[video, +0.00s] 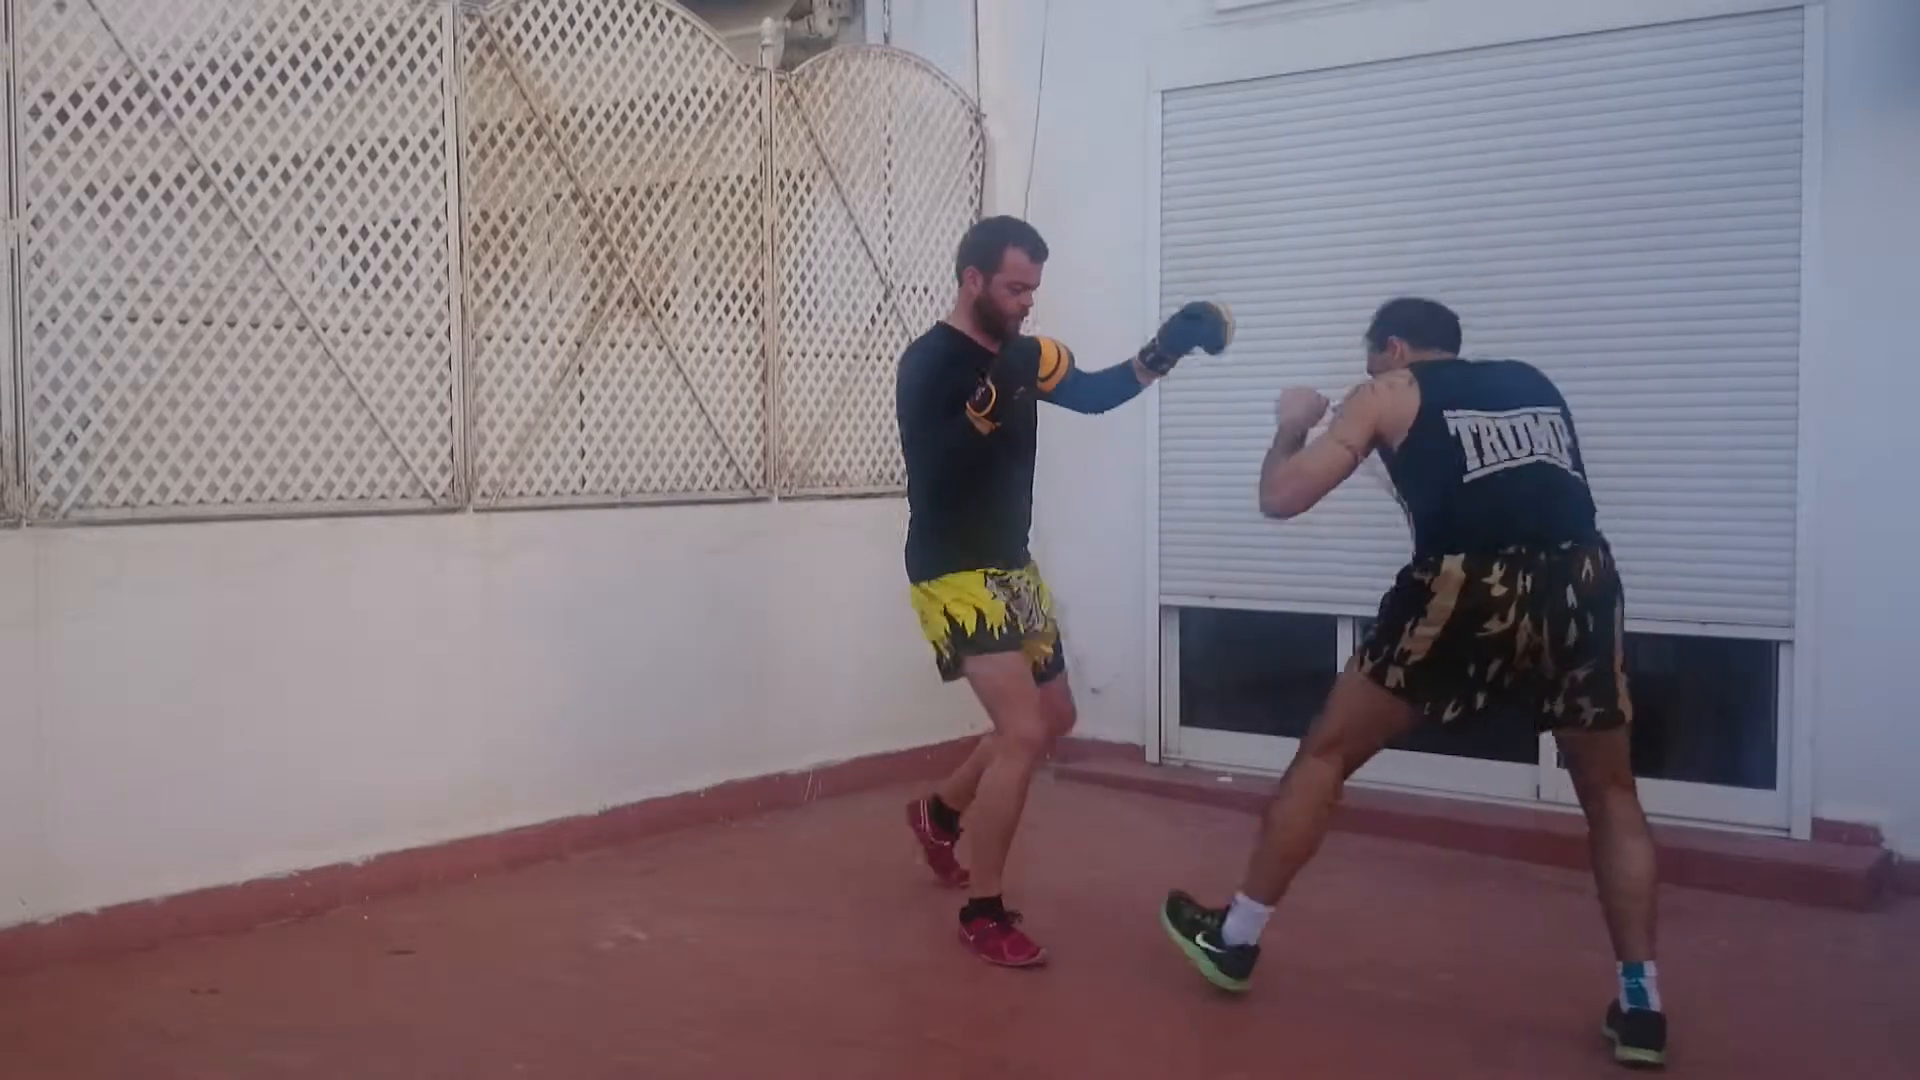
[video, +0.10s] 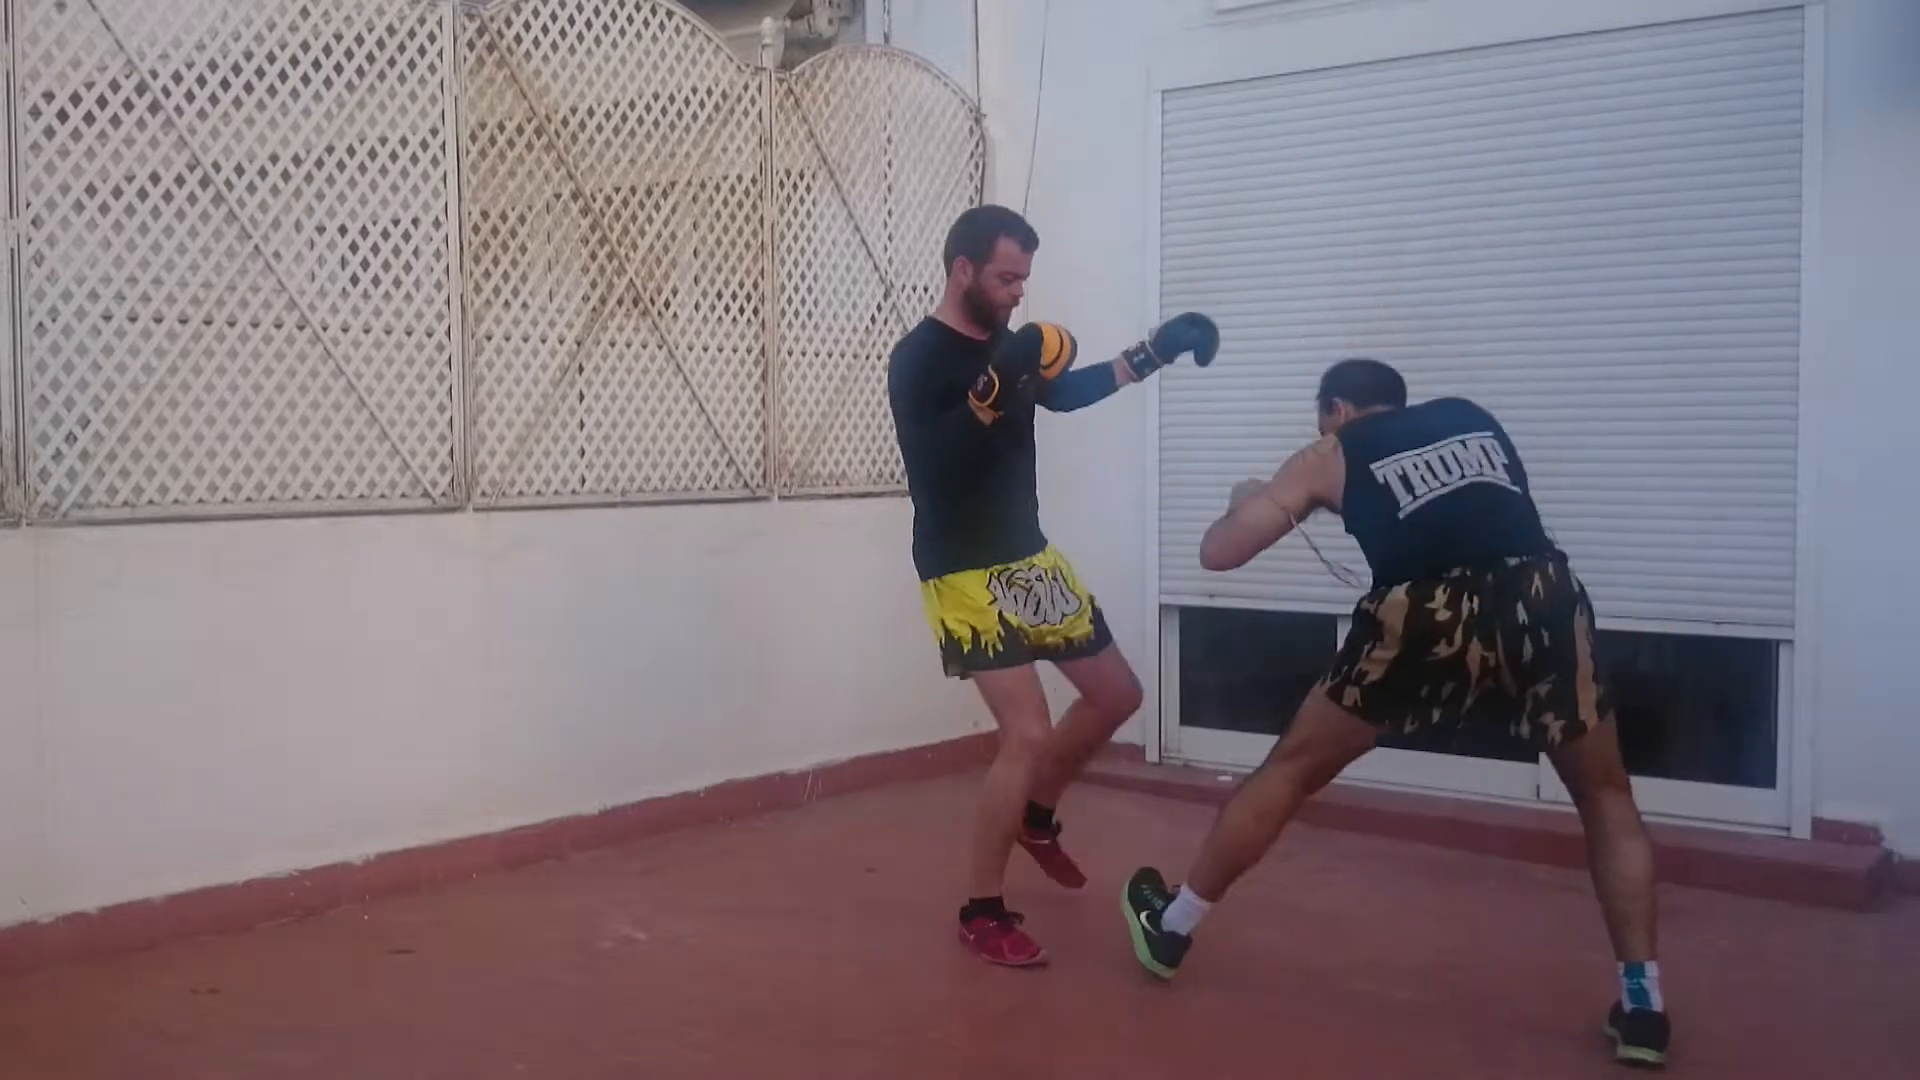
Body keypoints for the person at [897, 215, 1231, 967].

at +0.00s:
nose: (1028, 301)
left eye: (1033, 288)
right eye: (1015, 286)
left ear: (1030, 285)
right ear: (971, 279)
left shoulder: (1020, 354)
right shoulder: (929, 362)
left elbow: (1092, 392)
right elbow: (932, 475)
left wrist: (1161, 352)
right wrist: (993, 401)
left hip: (1012, 563)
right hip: (951, 570)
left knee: (1053, 717)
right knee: (1024, 731)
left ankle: (942, 812)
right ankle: (982, 908)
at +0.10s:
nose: (1018, 292)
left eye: (1023, 279)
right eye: (1006, 277)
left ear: (1017, 276)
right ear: (961, 269)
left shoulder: (1008, 348)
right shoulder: (917, 358)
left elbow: (1066, 392)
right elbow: (934, 465)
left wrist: (1155, 350)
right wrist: (1000, 380)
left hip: (1028, 555)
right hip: (961, 573)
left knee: (1116, 695)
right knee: (1029, 735)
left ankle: (1033, 809)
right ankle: (981, 908)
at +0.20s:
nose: (1014, 281)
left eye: (1020, 268)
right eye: (1003, 266)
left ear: (1016, 267)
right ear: (956, 259)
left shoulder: (1001, 337)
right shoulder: (914, 352)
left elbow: (1048, 397)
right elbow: (941, 453)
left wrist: (1127, 365)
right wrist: (1012, 363)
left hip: (1046, 544)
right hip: (973, 568)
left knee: (1155, 670)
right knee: (1015, 738)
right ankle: (979, 910)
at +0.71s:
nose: (1038, 280)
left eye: (1041, 267)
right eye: (1022, 266)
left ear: (1034, 272)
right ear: (972, 267)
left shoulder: (1038, 350)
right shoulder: (944, 350)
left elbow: (1129, 418)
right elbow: (1028, 375)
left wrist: (1136, 348)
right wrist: (1054, 289)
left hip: (1095, 556)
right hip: (1016, 571)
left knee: (1179, 716)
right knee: (1041, 756)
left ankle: (1211, 884)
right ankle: (986, 908)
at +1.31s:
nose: (1038, 276)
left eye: (1042, 262)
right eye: (1025, 260)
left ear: (1029, 262)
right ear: (976, 255)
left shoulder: (1019, 343)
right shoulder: (945, 335)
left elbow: (1076, 434)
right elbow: (1026, 359)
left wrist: (1105, 361)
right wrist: (1070, 272)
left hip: (1062, 547)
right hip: (1001, 562)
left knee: (1118, 720)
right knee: (1038, 745)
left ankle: (1161, 881)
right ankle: (984, 908)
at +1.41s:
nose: (1031, 266)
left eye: (1035, 253)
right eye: (1017, 251)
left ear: (1029, 253)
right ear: (969, 250)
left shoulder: (1007, 338)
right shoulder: (940, 332)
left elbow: (1044, 445)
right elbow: (974, 398)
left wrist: (1094, 388)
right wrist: (1045, 327)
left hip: (1048, 542)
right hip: (989, 555)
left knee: (1100, 706)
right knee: (1025, 735)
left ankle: (1076, 872)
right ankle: (983, 907)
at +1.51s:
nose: (1026, 253)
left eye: (1030, 240)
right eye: (1012, 239)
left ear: (1022, 244)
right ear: (965, 241)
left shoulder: (1010, 330)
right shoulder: (933, 329)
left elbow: (1034, 437)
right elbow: (924, 448)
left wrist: (1095, 395)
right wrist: (1005, 416)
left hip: (1032, 541)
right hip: (978, 551)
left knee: (1056, 711)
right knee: (1009, 727)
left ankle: (983, 847)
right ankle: (982, 904)